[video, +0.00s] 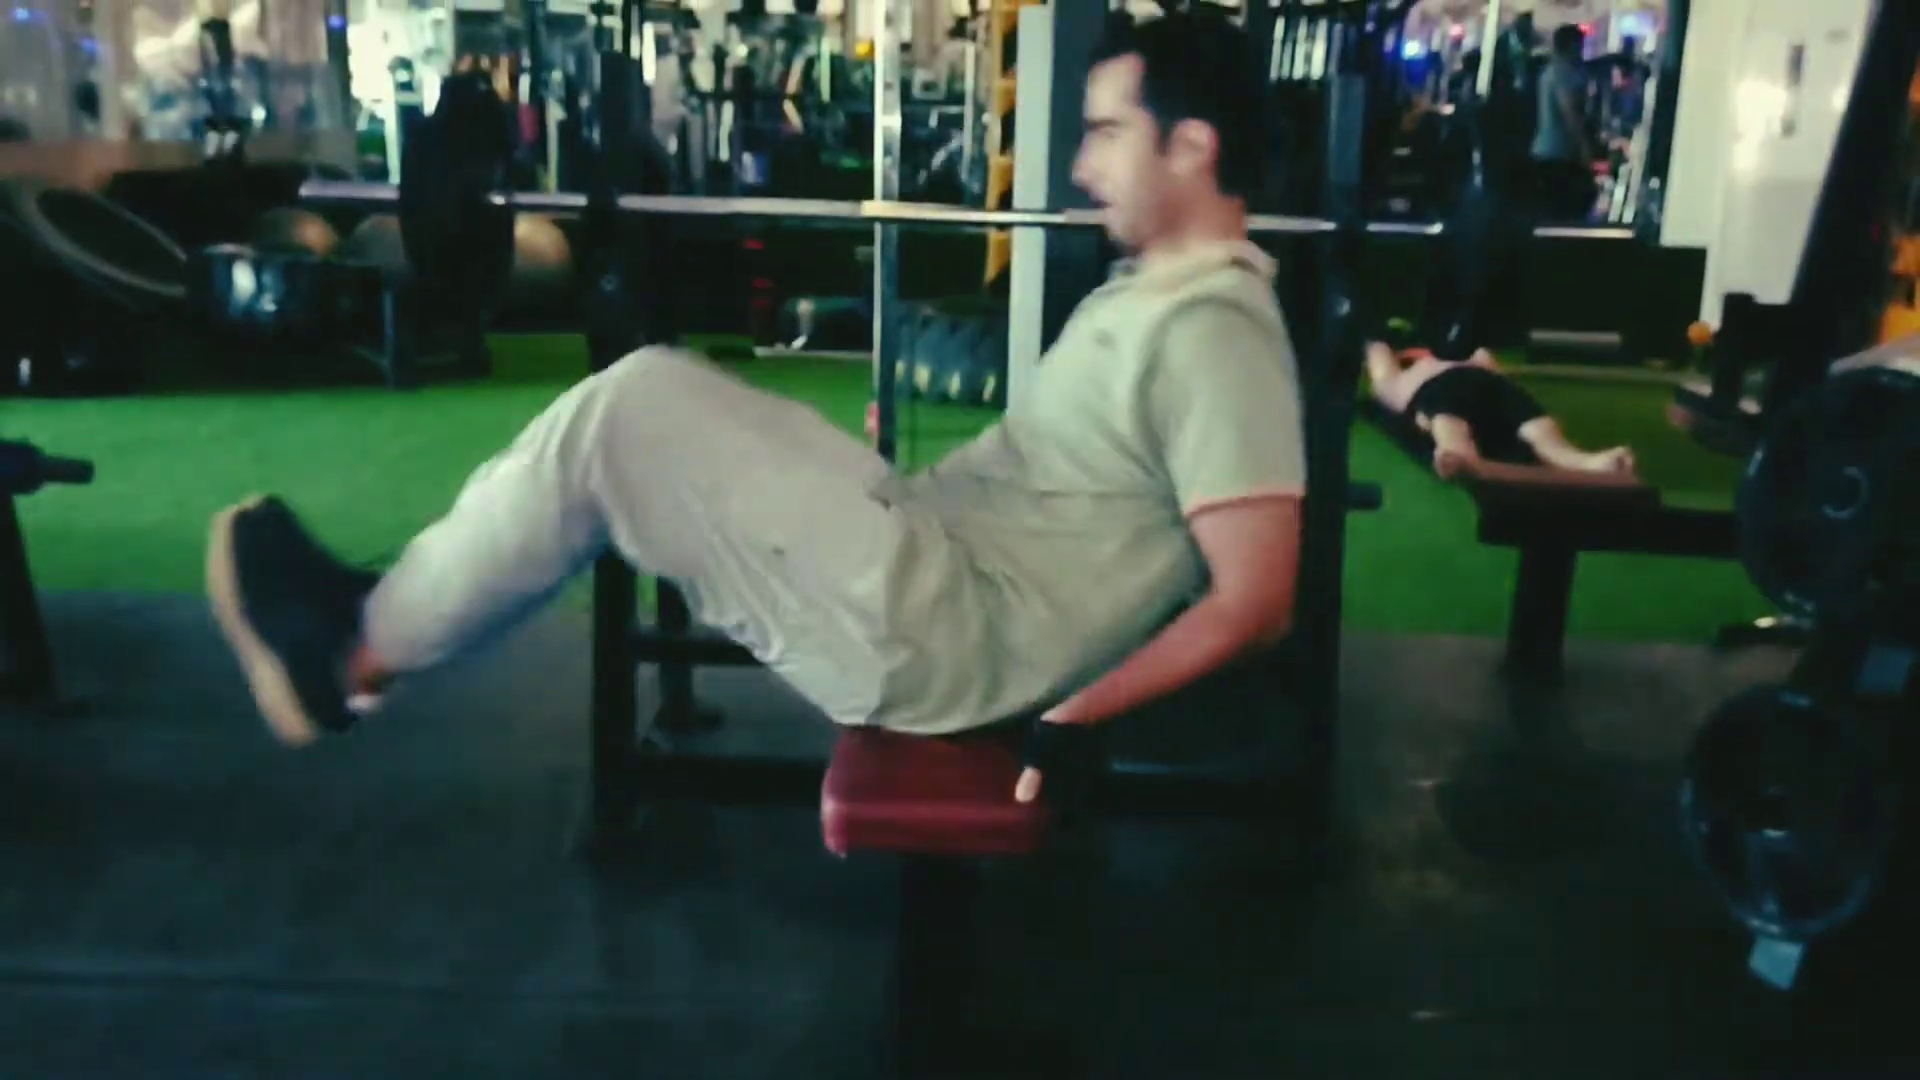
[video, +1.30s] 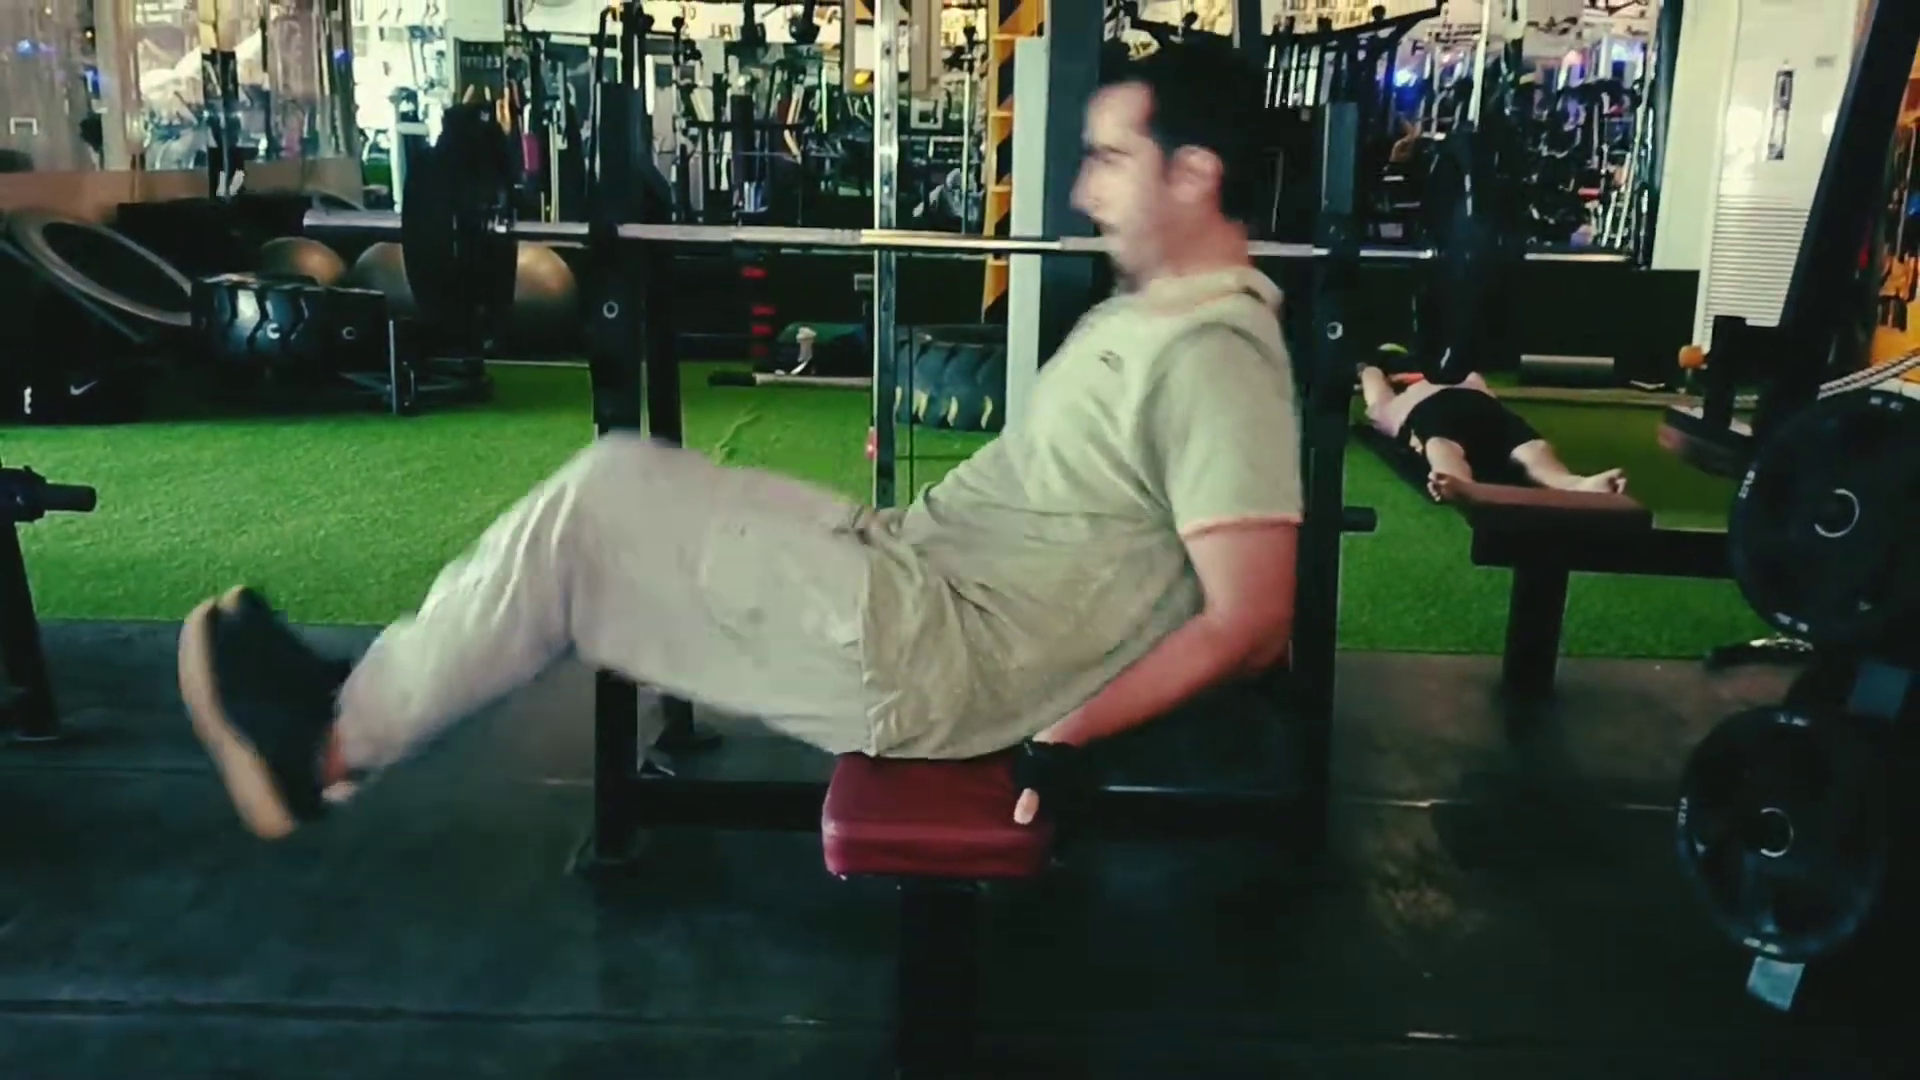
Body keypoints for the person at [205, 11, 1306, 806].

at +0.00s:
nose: (1084, 165)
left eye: (1107, 137)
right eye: (1088, 137)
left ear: (1197, 150)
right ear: (1176, 152)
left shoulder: (1216, 324)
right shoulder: (1159, 294)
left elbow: (1255, 598)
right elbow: (1077, 488)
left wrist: (1058, 716)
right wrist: (909, 493)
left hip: (956, 639)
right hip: (937, 585)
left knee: (634, 410)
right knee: (651, 390)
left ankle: (350, 660)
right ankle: (371, 633)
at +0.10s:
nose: (1163, 192)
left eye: (1193, 165)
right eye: (1169, 164)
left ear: (1283, 195)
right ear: (1254, 195)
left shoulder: (1273, 371)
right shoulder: (1219, 325)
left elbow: (1278, 637)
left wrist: (1075, 723)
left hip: (952, 631)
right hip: (928, 567)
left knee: (602, 500)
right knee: (601, 489)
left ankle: (279, 694)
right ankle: (296, 676)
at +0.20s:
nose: (1201, 208)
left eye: (1231, 182)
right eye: (1211, 179)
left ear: (1317, 219)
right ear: (1299, 216)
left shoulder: (1297, 393)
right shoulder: (1237, 340)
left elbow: (1281, 657)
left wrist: (1067, 728)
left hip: (951, 627)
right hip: (922, 555)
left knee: (596, 542)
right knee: (601, 517)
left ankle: (258, 709)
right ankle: (284, 682)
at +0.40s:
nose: (1118, 161)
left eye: (1144, 135)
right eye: (1126, 134)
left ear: (1232, 159)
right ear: (1218, 162)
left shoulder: (1245, 336)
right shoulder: (1183, 299)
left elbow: (1252, 608)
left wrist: (1057, 717)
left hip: (967, 633)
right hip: (937, 571)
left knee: (645, 431)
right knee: (631, 440)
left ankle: (345, 666)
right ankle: (353, 647)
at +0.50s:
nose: (1014, 142)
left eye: (1036, 113)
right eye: (1016, 112)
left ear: (1125, 128)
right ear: (1110, 129)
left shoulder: (1172, 303)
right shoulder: (1103, 267)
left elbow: (1225, 572)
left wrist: (1047, 736)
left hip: (957, 642)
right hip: (935, 570)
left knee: (697, 356)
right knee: (703, 346)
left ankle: (427, 624)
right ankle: (448, 584)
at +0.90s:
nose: (1035, 171)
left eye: (1054, 142)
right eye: (1035, 143)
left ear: (1141, 154)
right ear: (1131, 156)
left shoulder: (1166, 325)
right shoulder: (1121, 293)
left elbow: (1247, 589)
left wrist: (1052, 717)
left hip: (946, 652)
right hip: (924, 577)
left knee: (619, 428)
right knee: (641, 398)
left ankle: (345, 695)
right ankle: (376, 652)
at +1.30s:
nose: (1089, 186)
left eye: (1112, 160)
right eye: (1091, 160)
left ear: (1201, 177)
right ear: (1183, 180)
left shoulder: (1216, 343)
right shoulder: (1161, 316)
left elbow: (1250, 618)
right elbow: (1178, 562)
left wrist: (1065, 727)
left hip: (943, 649)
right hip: (915, 581)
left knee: (599, 512)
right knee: (609, 484)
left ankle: (315, 756)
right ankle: (344, 712)